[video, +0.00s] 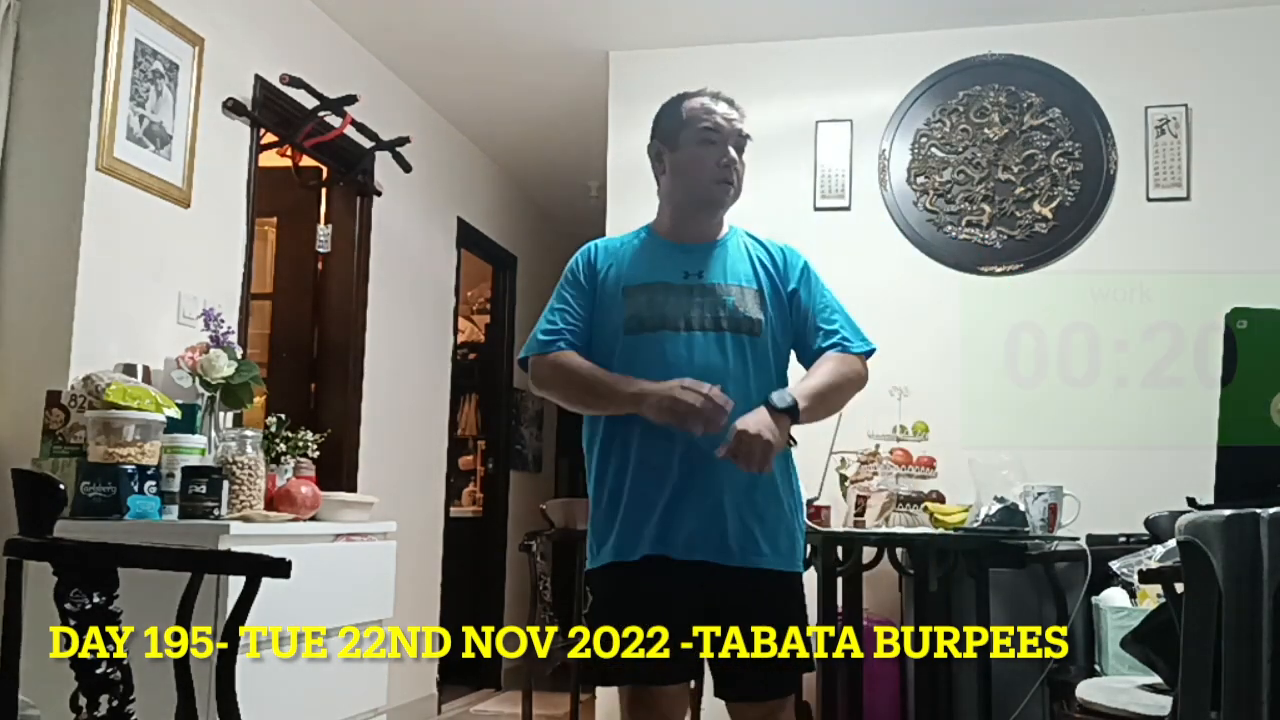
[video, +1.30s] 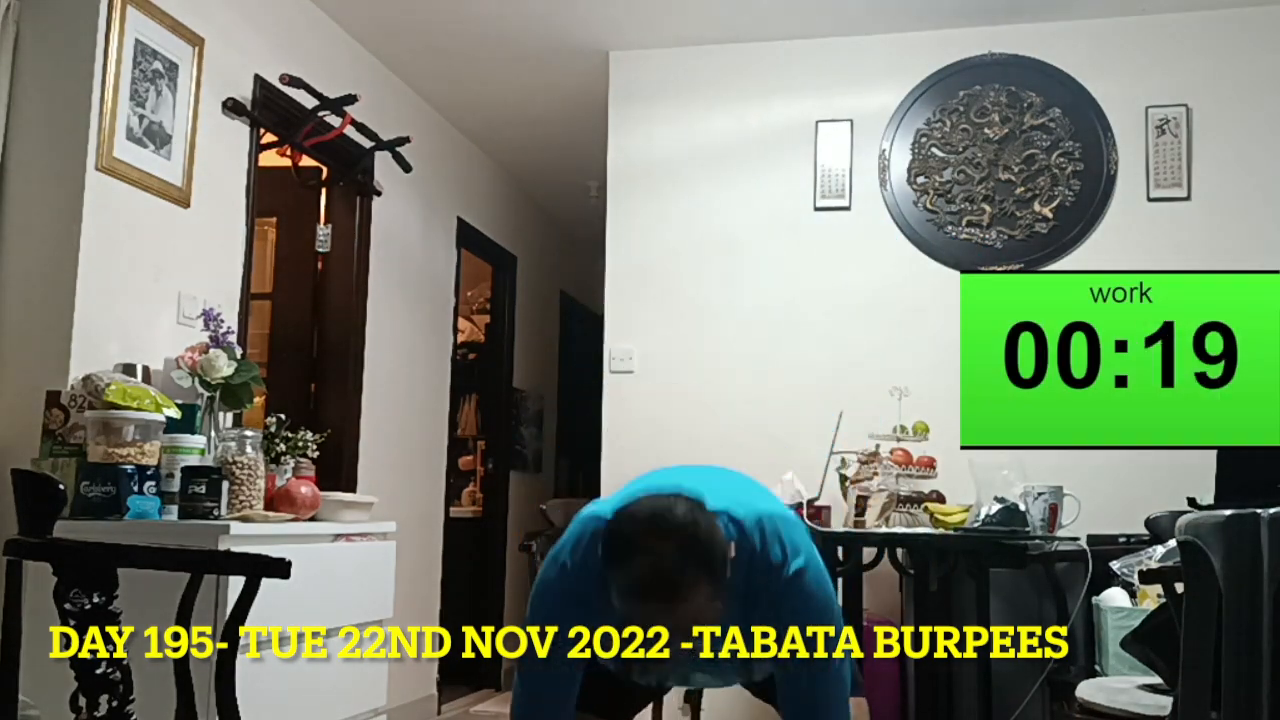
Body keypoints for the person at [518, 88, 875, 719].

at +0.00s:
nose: (731, 156)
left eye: (740, 146)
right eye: (710, 140)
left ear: (748, 163)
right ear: (660, 157)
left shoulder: (781, 266)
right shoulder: (600, 262)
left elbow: (848, 361)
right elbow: (544, 365)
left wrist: (784, 410)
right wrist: (646, 395)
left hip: (758, 550)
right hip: (638, 546)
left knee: (769, 711)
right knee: (653, 707)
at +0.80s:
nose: (737, 152)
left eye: (747, 138)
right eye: (713, 135)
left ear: (758, 153)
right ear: (665, 152)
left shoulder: (797, 259)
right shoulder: (610, 258)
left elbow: (825, 369)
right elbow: (579, 376)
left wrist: (785, 466)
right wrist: (659, 447)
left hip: (771, 561)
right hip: (650, 561)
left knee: (778, 713)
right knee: (658, 710)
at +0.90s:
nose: (718, 166)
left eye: (733, 146)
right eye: (693, 146)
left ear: (751, 159)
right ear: (654, 162)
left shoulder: (798, 262)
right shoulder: (608, 265)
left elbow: (830, 396)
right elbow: (573, 401)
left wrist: (807, 520)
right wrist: (624, 518)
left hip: (766, 563)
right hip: (651, 566)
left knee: (780, 713)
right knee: (656, 710)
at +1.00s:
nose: (696, 229)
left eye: (717, 201)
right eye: (671, 205)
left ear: (742, 196)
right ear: (640, 207)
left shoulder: (799, 299)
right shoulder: (600, 301)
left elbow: (844, 443)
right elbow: (567, 448)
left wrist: (813, 576)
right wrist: (595, 584)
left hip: (772, 578)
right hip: (644, 578)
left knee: (794, 710)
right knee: (626, 709)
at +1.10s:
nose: (681, 354)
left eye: (701, 326)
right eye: (655, 329)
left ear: (734, 301)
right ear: (628, 309)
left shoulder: (790, 373)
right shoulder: (589, 376)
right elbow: (558, 525)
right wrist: (569, 676)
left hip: (773, 583)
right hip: (635, 581)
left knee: (817, 709)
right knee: (601, 708)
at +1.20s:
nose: (672, 495)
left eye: (693, 470)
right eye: (647, 472)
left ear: (727, 436)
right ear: (618, 444)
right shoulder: (574, 479)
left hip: (762, 603)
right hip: (633, 603)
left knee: (816, 704)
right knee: (584, 706)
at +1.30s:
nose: (673, 640)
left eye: (690, 626)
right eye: (650, 630)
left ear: (728, 574)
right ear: (614, 587)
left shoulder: (789, 570)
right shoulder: (566, 574)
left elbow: (827, 712)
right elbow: (537, 710)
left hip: (759, 636)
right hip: (626, 639)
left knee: (822, 707)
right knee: (581, 710)